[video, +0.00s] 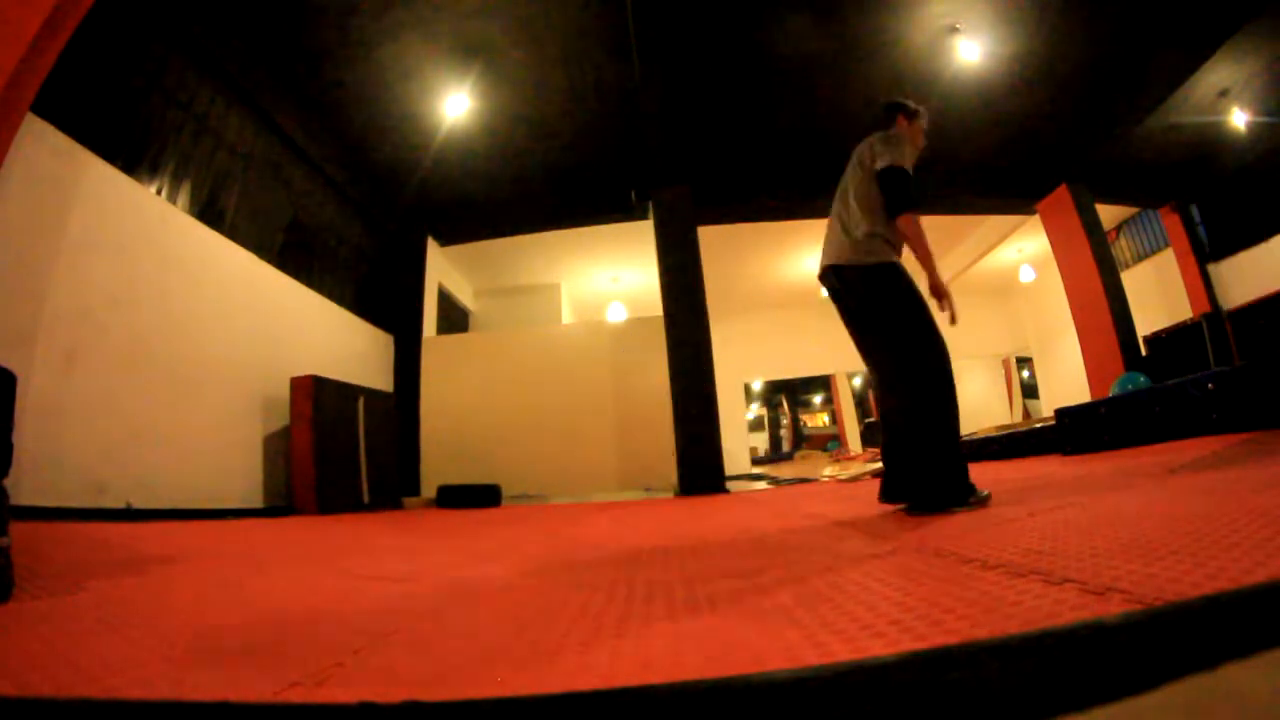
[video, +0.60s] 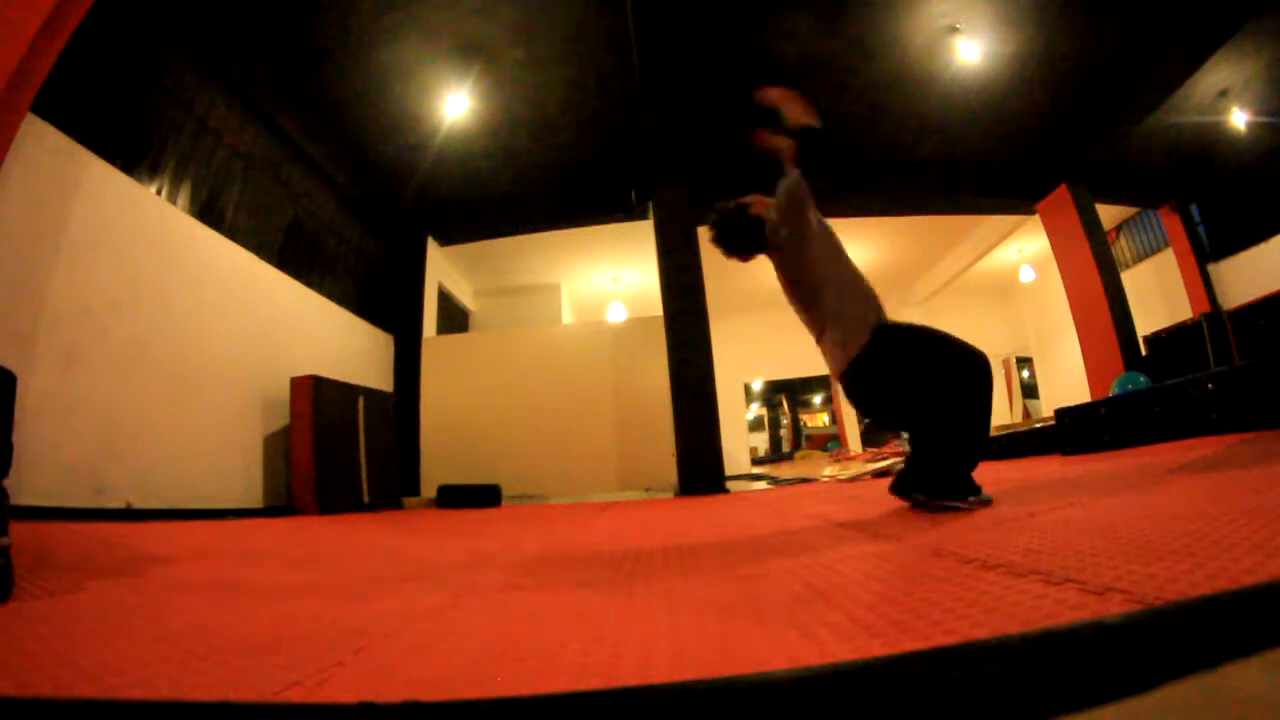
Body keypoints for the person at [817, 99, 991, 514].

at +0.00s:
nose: (922, 139)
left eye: (923, 132)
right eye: (919, 129)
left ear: (892, 122)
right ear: (903, 121)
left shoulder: (868, 152)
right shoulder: (890, 143)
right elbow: (901, 210)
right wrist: (933, 276)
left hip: (844, 270)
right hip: (870, 266)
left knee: (893, 374)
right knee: (928, 365)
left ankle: (902, 480)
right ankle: (943, 484)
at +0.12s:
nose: (964, 200)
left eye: (966, 191)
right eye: (964, 188)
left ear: (942, 184)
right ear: (945, 180)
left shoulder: (911, 208)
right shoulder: (913, 189)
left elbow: (840, 234)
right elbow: (845, 199)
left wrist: (794, 253)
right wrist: (784, 206)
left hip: (831, 284)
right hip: (844, 283)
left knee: (890, 379)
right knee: (917, 368)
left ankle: (906, 486)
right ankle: (939, 485)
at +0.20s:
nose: (975, 250)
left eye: (977, 240)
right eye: (974, 238)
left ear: (951, 231)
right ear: (957, 230)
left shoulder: (905, 247)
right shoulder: (918, 224)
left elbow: (849, 226)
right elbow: (850, 184)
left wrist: (812, 208)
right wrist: (794, 146)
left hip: (822, 316)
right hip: (842, 310)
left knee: (890, 393)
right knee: (928, 361)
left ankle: (903, 486)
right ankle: (935, 484)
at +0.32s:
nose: (977, 278)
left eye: (977, 268)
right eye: (974, 267)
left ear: (952, 265)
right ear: (954, 262)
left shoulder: (909, 282)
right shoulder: (918, 262)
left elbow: (842, 272)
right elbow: (847, 236)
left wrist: (793, 262)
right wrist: (789, 206)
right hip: (833, 357)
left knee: (905, 398)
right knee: (939, 364)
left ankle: (905, 488)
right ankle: (943, 488)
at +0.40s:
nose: (952, 253)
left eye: (951, 244)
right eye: (948, 243)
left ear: (925, 243)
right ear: (932, 241)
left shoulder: (907, 275)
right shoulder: (900, 266)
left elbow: (838, 320)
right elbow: (835, 319)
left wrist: (794, 363)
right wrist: (796, 367)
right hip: (843, 377)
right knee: (950, 372)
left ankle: (908, 488)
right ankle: (940, 490)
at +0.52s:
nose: (833, 201)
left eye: (825, 197)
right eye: (823, 198)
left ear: (807, 223)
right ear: (814, 211)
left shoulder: (821, 258)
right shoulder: (839, 240)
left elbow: (891, 298)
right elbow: (903, 256)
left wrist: (939, 278)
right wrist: (963, 253)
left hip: (847, 388)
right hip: (868, 374)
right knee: (960, 376)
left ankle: (910, 485)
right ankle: (944, 487)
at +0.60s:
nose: (755, 196)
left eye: (746, 197)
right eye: (748, 199)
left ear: (752, 238)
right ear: (753, 211)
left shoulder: (782, 241)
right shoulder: (789, 222)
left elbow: (796, 174)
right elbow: (808, 138)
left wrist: (782, 148)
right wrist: (791, 108)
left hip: (860, 366)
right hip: (875, 351)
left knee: (946, 386)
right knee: (971, 370)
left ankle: (922, 475)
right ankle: (944, 479)